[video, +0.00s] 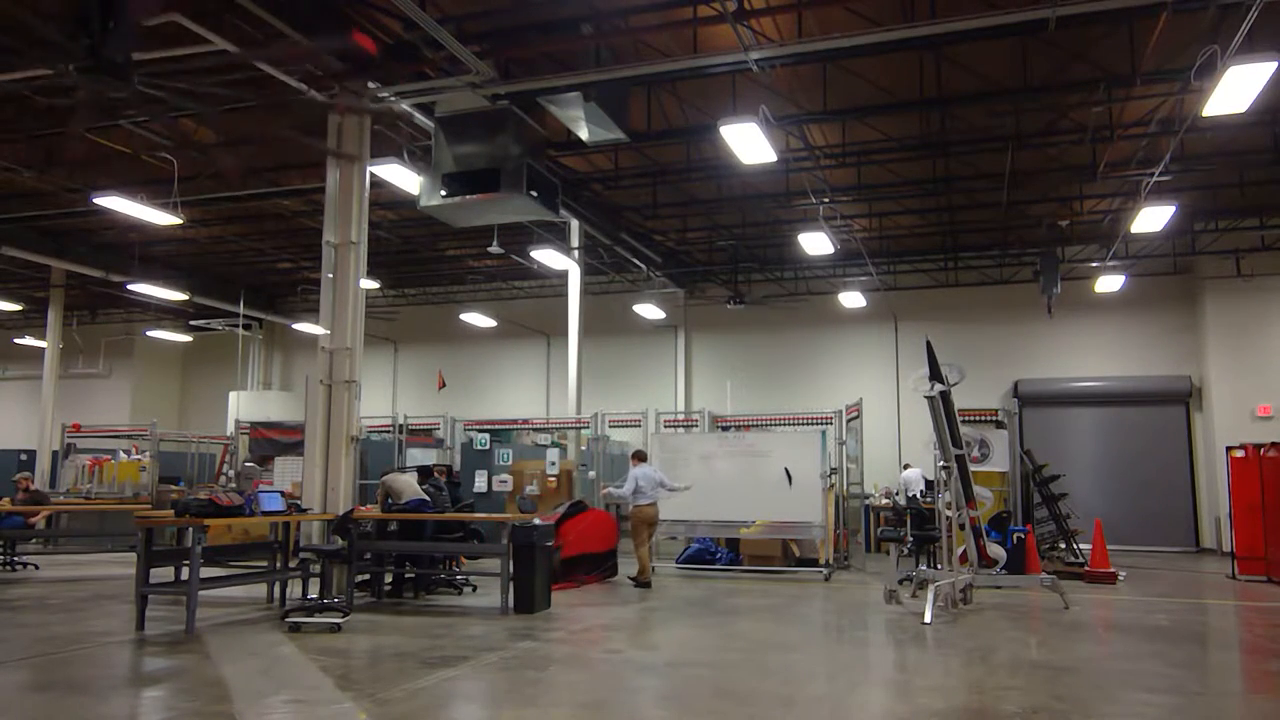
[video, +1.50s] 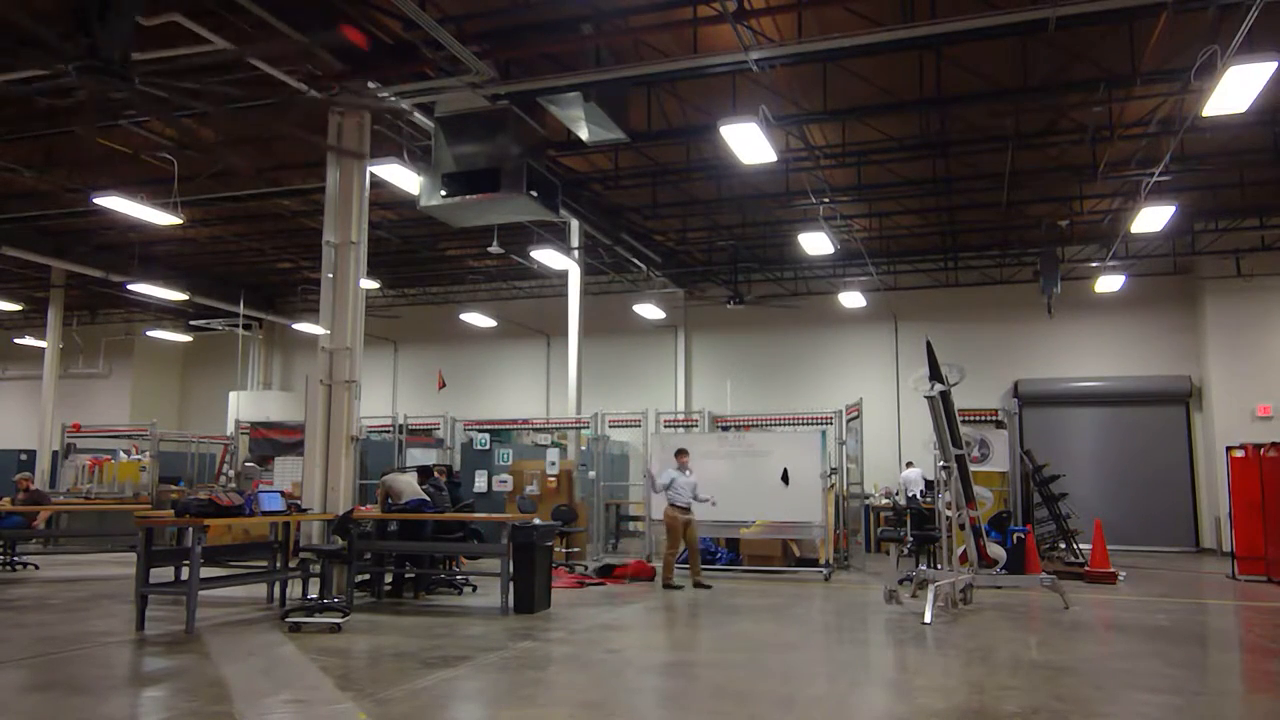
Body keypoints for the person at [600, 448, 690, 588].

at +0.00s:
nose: (631, 463)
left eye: (632, 460)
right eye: (631, 460)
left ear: (635, 460)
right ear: (645, 460)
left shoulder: (634, 472)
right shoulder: (653, 471)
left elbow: (626, 493)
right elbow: (668, 486)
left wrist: (610, 491)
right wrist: (683, 487)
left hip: (639, 508)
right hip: (652, 506)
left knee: (641, 545)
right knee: (645, 544)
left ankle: (645, 578)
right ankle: (641, 574)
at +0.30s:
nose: (632, 462)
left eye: (632, 460)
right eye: (633, 460)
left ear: (634, 460)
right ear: (645, 459)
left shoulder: (633, 473)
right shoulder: (654, 471)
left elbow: (625, 495)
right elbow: (672, 483)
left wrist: (606, 491)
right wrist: (688, 477)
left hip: (642, 508)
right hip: (656, 507)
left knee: (646, 545)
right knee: (654, 544)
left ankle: (647, 579)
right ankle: (653, 577)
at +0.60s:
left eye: (639, 458)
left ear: (637, 459)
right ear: (650, 459)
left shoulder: (633, 474)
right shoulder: (655, 471)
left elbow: (623, 496)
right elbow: (672, 483)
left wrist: (608, 489)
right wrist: (688, 474)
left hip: (643, 509)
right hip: (659, 507)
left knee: (647, 545)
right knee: (665, 545)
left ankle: (646, 580)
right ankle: (669, 579)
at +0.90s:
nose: (662, 460)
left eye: (662, 458)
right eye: (661, 458)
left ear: (648, 459)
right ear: (657, 458)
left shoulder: (643, 473)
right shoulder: (657, 469)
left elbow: (641, 492)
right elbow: (669, 483)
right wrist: (681, 473)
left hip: (649, 507)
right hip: (663, 507)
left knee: (650, 546)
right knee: (669, 546)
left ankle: (645, 580)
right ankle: (668, 579)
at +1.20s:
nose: (675, 461)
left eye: (675, 458)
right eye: (673, 458)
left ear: (672, 460)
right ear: (666, 459)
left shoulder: (672, 475)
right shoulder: (662, 474)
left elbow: (674, 493)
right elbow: (662, 488)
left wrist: (687, 497)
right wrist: (666, 474)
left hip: (674, 507)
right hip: (667, 507)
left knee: (670, 545)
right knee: (672, 546)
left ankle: (658, 576)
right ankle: (667, 579)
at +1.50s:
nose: (684, 460)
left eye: (686, 457)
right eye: (681, 457)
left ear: (689, 458)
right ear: (676, 459)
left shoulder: (691, 477)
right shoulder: (671, 473)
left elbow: (695, 496)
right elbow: (657, 489)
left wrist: (708, 498)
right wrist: (652, 478)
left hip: (687, 512)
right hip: (673, 511)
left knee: (693, 547)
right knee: (673, 548)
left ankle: (697, 579)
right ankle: (667, 580)